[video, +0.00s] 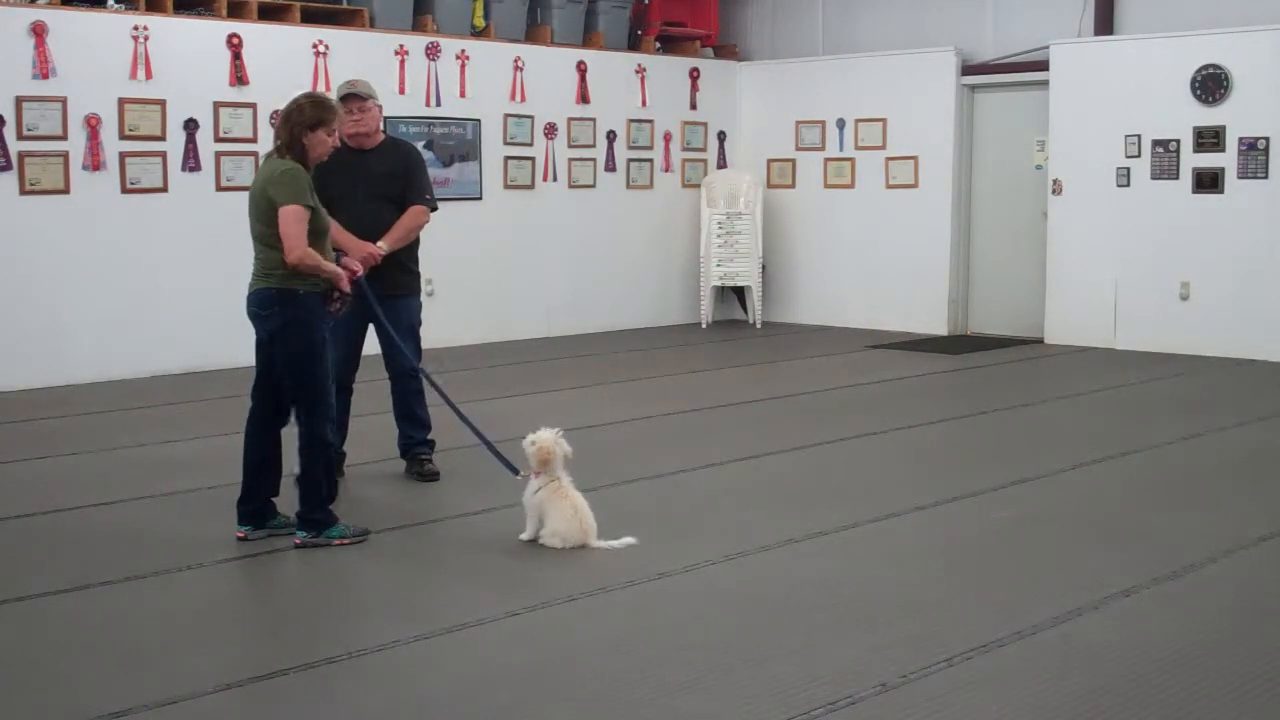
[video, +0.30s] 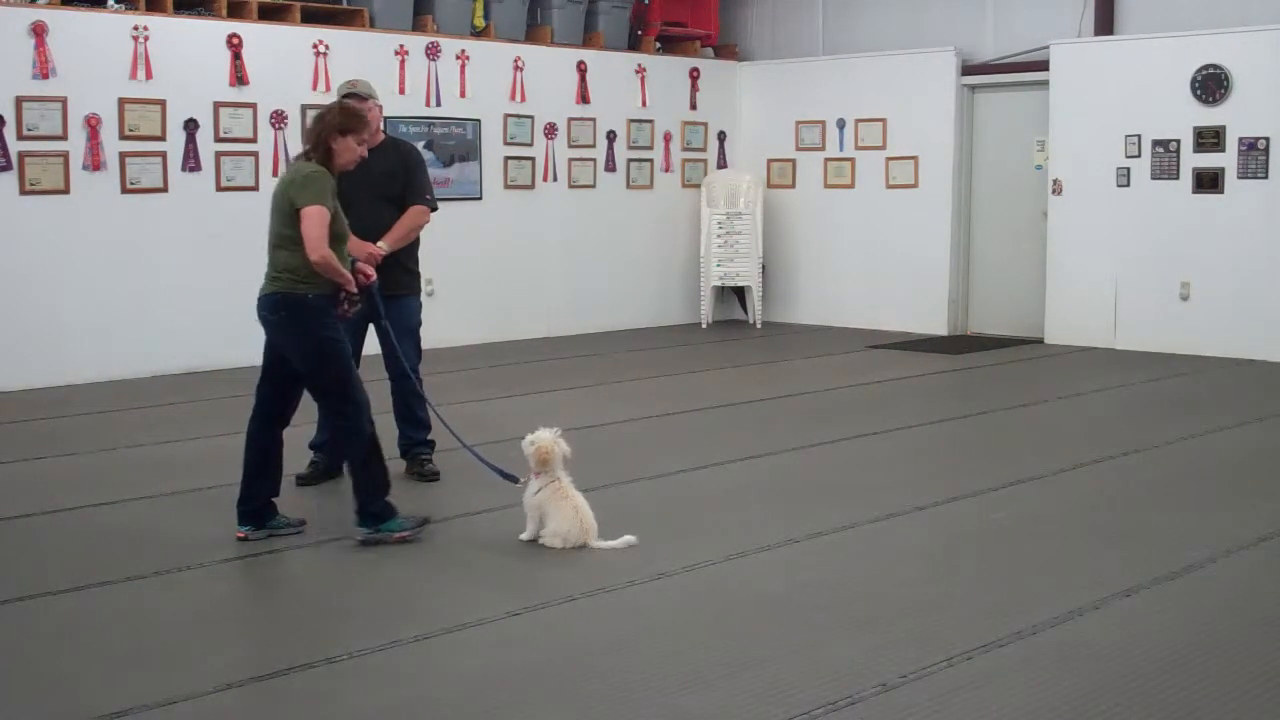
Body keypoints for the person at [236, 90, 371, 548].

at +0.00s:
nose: (334, 144)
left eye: (335, 135)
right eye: (331, 134)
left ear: (301, 132)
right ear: (308, 132)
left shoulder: (279, 171)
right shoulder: (290, 176)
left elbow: (310, 234)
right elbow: (296, 253)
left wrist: (339, 258)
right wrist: (334, 271)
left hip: (276, 299)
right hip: (293, 302)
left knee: (268, 410)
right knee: (318, 412)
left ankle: (255, 514)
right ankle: (316, 519)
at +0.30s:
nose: (363, 154)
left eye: (364, 146)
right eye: (358, 144)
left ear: (331, 140)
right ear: (335, 138)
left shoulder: (307, 177)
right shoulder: (314, 179)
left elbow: (331, 236)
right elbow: (317, 253)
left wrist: (356, 257)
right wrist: (348, 280)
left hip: (287, 306)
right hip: (303, 307)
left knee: (270, 414)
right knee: (351, 405)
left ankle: (256, 515)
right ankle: (375, 515)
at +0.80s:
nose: (482, 208)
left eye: (487, 201)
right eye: (482, 198)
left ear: (453, 182)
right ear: (463, 186)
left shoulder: (403, 189)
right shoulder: (431, 210)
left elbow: (376, 253)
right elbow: (415, 288)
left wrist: (413, 296)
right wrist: (403, 309)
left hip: (318, 294)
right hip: (355, 305)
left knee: (295, 402)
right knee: (387, 413)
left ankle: (263, 506)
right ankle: (391, 519)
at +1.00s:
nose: (501, 225)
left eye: (506, 219)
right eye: (503, 215)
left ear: (481, 198)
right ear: (485, 200)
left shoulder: (426, 197)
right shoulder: (451, 219)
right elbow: (436, 298)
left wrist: (410, 302)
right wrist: (413, 307)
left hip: (327, 291)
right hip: (364, 304)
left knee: (302, 399)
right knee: (389, 415)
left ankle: (268, 501)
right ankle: (392, 520)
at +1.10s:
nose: (506, 230)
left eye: (512, 225)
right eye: (508, 220)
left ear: (486, 199)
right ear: (491, 204)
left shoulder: (428, 200)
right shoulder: (457, 221)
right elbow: (442, 297)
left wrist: (416, 304)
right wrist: (422, 307)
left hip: (330, 290)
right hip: (370, 303)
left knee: (304, 399)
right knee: (393, 417)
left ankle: (269, 500)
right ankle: (393, 520)